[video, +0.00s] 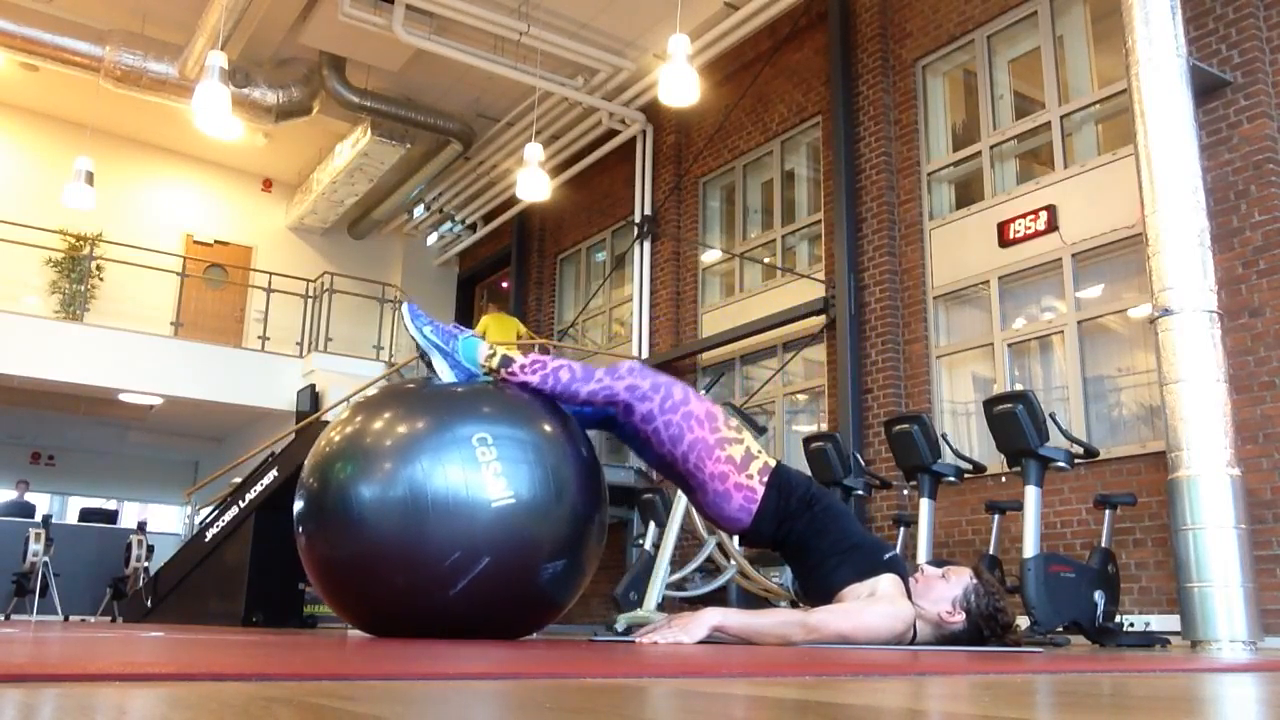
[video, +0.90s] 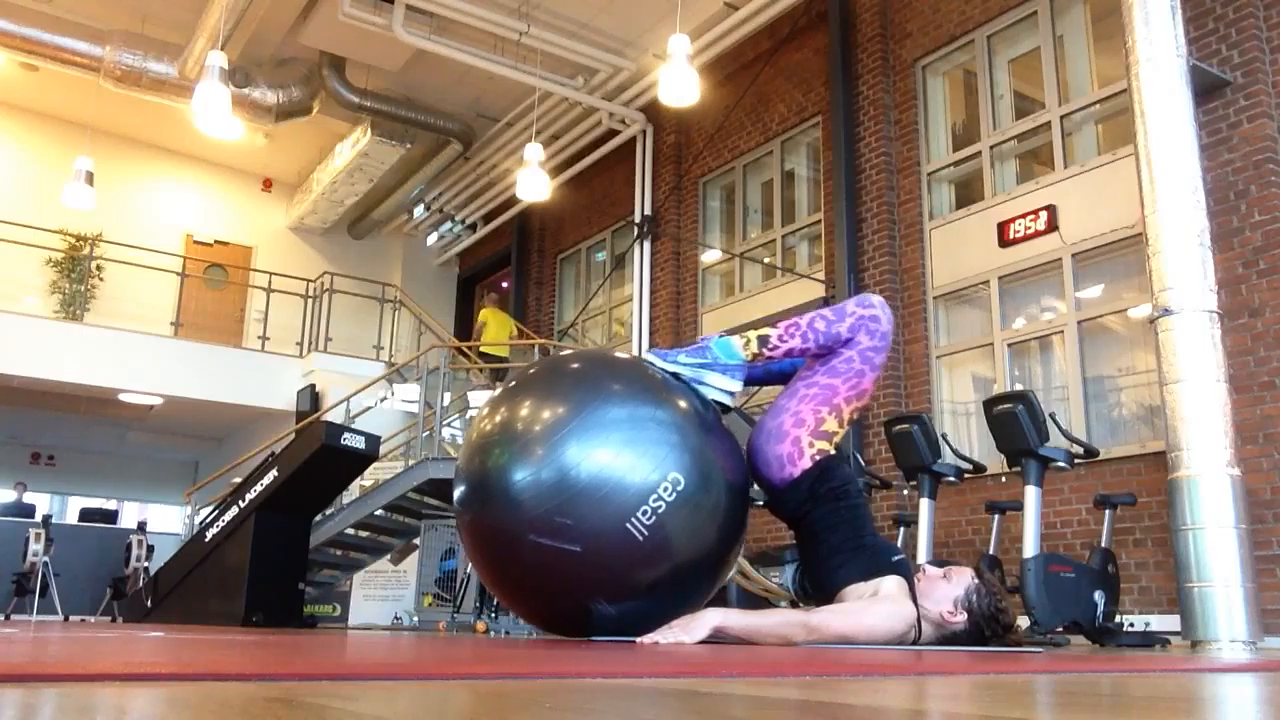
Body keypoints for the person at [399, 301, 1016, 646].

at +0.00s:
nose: (936, 571)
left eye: (949, 583)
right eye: (949, 570)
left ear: (946, 618)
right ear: (942, 592)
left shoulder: (893, 609)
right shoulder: (890, 590)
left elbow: (803, 626)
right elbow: (801, 622)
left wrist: (711, 618)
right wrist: (716, 622)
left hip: (752, 491)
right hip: (760, 478)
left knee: (636, 383)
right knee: (638, 380)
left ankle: (484, 363)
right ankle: (498, 368)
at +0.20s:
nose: (934, 569)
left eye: (946, 581)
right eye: (946, 569)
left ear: (945, 617)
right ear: (939, 601)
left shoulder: (892, 607)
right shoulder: (891, 595)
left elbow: (803, 627)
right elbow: (803, 623)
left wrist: (709, 619)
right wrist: (712, 621)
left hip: (745, 489)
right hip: (757, 484)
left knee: (677, 337)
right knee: (679, 346)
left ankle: (523, 364)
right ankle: (535, 372)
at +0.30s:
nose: (937, 568)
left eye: (947, 579)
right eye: (950, 569)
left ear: (944, 615)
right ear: (943, 602)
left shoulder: (888, 613)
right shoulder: (894, 598)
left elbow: (793, 630)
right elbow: (797, 624)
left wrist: (708, 621)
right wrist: (713, 619)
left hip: (745, 485)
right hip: (763, 476)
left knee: (716, 324)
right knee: (719, 331)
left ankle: (570, 367)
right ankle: (586, 377)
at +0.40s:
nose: (937, 565)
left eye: (948, 578)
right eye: (948, 567)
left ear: (944, 614)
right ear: (936, 587)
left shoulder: (891, 614)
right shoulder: (897, 600)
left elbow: (801, 627)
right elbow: (796, 624)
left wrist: (713, 620)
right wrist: (711, 619)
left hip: (750, 479)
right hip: (768, 479)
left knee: (765, 314)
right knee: (766, 327)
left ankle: (625, 364)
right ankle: (630, 376)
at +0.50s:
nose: (934, 565)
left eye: (947, 575)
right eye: (948, 566)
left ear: (948, 613)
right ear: (945, 614)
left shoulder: (891, 611)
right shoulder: (906, 612)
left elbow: (803, 627)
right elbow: (807, 625)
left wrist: (712, 618)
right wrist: (717, 623)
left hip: (765, 471)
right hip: (784, 483)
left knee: (814, 311)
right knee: (812, 326)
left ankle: (674, 368)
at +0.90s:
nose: (929, 569)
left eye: (944, 578)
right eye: (944, 568)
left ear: (949, 615)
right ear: (949, 614)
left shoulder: (897, 615)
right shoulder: (910, 610)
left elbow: (803, 627)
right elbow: (803, 623)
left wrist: (712, 620)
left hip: (791, 459)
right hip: (812, 466)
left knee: (873, 316)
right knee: (848, 345)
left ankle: (731, 359)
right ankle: (729, 374)